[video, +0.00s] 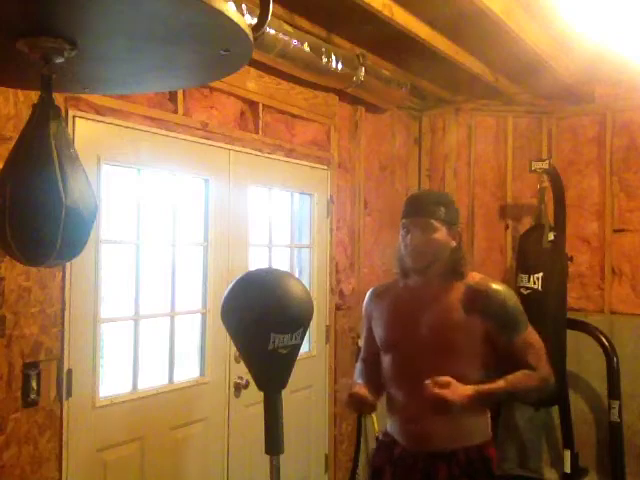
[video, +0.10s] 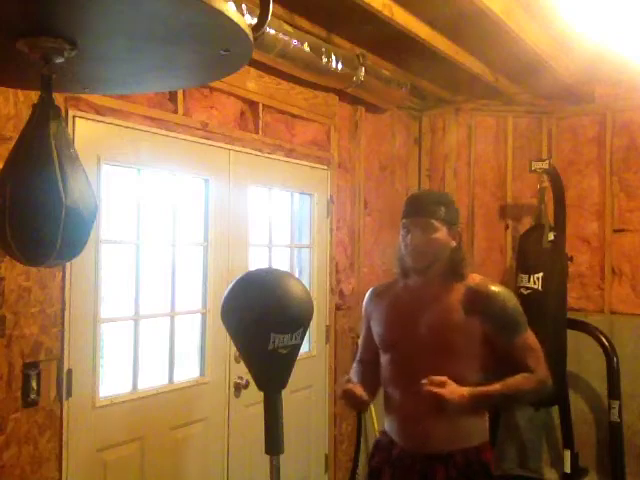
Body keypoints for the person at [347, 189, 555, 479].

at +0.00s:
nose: (413, 241)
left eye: (428, 230)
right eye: (407, 231)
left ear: (453, 238)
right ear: (400, 237)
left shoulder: (489, 298)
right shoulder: (379, 300)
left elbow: (541, 376)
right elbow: (368, 365)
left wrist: (470, 393)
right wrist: (363, 393)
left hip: (465, 461)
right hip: (398, 459)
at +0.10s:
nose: (414, 241)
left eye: (428, 230)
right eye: (407, 231)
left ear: (454, 237)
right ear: (400, 238)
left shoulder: (489, 300)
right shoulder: (379, 300)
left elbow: (539, 379)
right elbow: (365, 362)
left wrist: (468, 396)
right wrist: (359, 390)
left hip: (462, 462)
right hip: (395, 461)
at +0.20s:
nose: (411, 241)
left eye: (426, 231)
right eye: (405, 231)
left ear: (452, 238)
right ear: (398, 239)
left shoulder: (488, 302)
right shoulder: (378, 302)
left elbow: (538, 383)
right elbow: (365, 364)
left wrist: (464, 399)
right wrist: (356, 391)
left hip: (461, 463)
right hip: (393, 462)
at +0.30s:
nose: (407, 242)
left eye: (421, 231)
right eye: (402, 232)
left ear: (449, 240)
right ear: (394, 240)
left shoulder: (483, 304)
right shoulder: (378, 303)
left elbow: (533, 385)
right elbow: (370, 371)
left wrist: (455, 396)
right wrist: (358, 395)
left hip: (459, 463)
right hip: (393, 461)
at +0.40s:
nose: (403, 239)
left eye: (417, 229)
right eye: (397, 229)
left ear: (443, 235)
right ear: (390, 237)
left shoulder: (467, 292)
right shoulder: (383, 300)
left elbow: (516, 365)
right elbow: (388, 370)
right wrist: (367, 396)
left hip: (460, 460)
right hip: (400, 459)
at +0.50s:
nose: (398, 239)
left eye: (411, 228)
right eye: (392, 228)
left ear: (438, 235)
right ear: (385, 237)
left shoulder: (464, 290)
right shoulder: (389, 302)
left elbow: (442, 330)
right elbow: (406, 379)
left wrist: (352, 322)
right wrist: (371, 410)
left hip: (463, 457)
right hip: (407, 453)